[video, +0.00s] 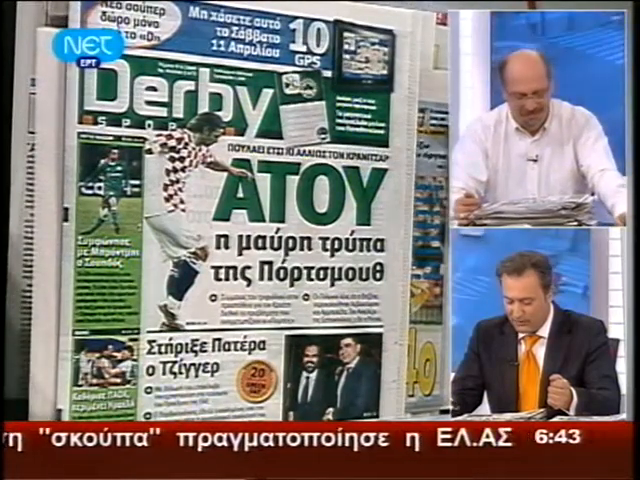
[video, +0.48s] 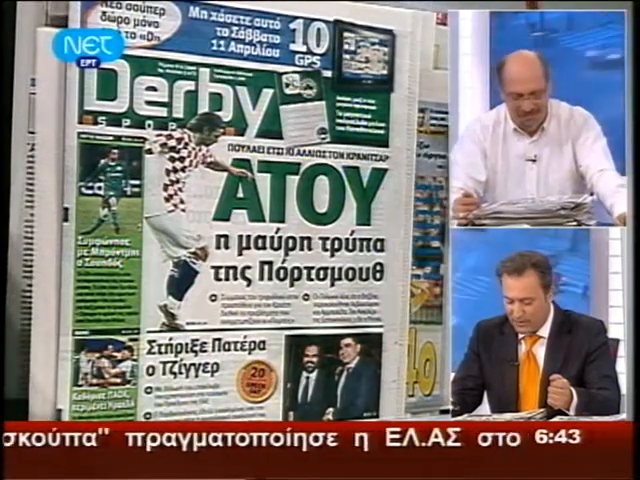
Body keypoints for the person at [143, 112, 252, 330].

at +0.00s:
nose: (215, 141)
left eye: (217, 137)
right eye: (215, 136)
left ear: (207, 132)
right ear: (205, 130)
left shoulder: (199, 149)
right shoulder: (178, 137)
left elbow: (212, 162)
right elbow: (149, 146)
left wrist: (231, 170)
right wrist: (154, 148)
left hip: (166, 209)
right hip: (161, 207)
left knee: (181, 260)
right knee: (200, 251)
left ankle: (171, 317)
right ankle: (172, 304)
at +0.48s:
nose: (215, 141)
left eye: (217, 137)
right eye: (215, 136)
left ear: (206, 132)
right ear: (205, 130)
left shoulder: (199, 149)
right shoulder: (178, 137)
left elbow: (212, 162)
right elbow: (149, 146)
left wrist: (231, 170)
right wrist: (154, 148)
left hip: (166, 209)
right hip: (161, 207)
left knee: (181, 260)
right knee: (200, 251)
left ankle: (171, 317)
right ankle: (172, 304)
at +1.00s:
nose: (215, 141)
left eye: (217, 137)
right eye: (215, 136)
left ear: (206, 132)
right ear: (205, 130)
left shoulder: (199, 149)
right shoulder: (178, 137)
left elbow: (212, 162)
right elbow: (149, 146)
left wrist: (231, 170)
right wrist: (154, 148)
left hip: (166, 209)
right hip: (161, 207)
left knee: (181, 260)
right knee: (200, 251)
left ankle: (171, 316)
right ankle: (172, 304)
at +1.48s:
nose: (215, 141)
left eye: (217, 137)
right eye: (215, 136)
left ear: (206, 132)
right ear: (205, 130)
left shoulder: (199, 149)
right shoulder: (179, 137)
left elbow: (212, 162)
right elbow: (150, 145)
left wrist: (231, 170)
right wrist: (153, 148)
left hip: (167, 209)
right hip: (161, 207)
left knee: (181, 260)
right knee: (200, 251)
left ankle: (171, 317)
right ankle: (172, 304)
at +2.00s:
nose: (215, 141)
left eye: (217, 137)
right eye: (215, 136)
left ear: (206, 132)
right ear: (205, 130)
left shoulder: (199, 149)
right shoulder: (179, 137)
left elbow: (212, 162)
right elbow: (150, 146)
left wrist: (231, 170)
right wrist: (153, 148)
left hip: (166, 209)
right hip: (161, 208)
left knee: (181, 260)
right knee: (200, 251)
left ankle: (171, 317)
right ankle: (172, 304)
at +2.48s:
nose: (215, 141)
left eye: (217, 137)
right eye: (215, 136)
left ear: (206, 132)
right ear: (205, 130)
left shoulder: (199, 149)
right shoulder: (179, 137)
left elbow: (212, 162)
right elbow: (150, 145)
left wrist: (231, 170)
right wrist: (153, 148)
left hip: (167, 209)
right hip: (161, 207)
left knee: (181, 260)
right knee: (200, 251)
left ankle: (171, 317)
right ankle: (172, 304)